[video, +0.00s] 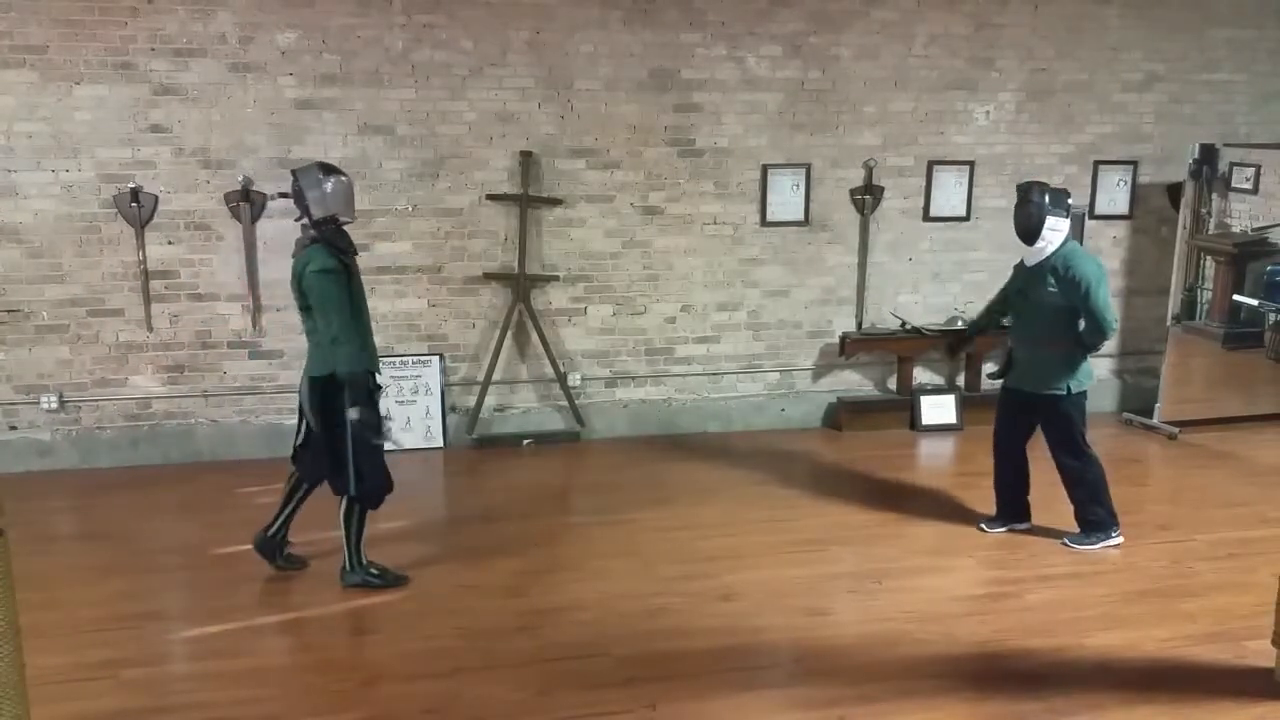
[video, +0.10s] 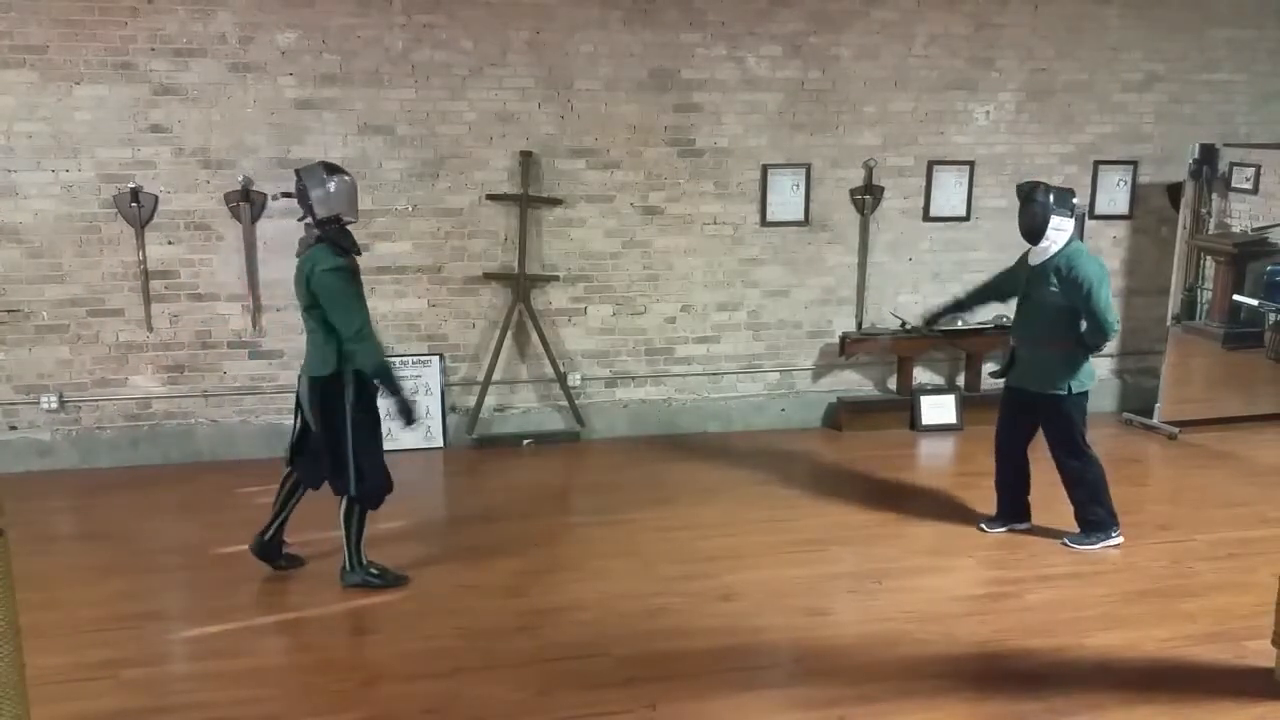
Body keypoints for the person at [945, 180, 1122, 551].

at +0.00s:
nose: (1020, 218)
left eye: (1028, 211)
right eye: (1019, 211)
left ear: (1052, 219)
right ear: (1047, 220)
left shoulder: (1078, 265)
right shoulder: (1027, 267)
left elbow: (1103, 324)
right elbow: (999, 308)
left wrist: (1078, 346)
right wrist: (968, 335)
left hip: (1062, 379)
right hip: (1022, 376)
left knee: (1072, 454)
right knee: (1007, 443)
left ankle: (1102, 527)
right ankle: (1012, 514)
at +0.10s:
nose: (1023, 220)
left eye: (1031, 213)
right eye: (1023, 212)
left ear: (1053, 218)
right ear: (1035, 216)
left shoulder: (1081, 264)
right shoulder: (1033, 262)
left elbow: (1105, 326)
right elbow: (993, 290)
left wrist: (1081, 345)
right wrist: (945, 312)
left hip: (1063, 377)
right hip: (1025, 373)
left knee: (1071, 453)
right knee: (1009, 444)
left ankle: (1102, 527)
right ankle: (1013, 515)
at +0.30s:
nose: (1028, 218)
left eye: (1036, 211)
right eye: (1029, 211)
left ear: (1061, 217)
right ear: (1037, 216)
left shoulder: (1086, 266)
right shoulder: (1036, 253)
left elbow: (1107, 330)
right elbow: (989, 253)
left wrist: (1081, 345)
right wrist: (932, 249)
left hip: (1065, 378)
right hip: (1028, 372)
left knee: (1073, 455)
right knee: (1014, 446)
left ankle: (1102, 527)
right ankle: (1014, 513)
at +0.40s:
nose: (1032, 219)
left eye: (1041, 213)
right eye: (1033, 212)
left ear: (1064, 219)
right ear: (1044, 217)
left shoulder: (1088, 269)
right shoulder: (1038, 249)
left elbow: (1107, 332)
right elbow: (993, 236)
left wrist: (1082, 344)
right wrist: (937, 221)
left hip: (1067, 380)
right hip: (1030, 373)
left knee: (1073, 455)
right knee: (1016, 445)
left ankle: (1102, 527)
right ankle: (1014, 513)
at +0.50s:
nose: (1035, 219)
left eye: (1043, 213)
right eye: (1036, 212)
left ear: (1066, 219)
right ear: (1051, 218)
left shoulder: (1091, 266)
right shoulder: (1041, 245)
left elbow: (1108, 332)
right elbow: (996, 225)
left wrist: (1087, 345)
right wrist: (945, 204)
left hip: (1069, 378)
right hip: (1031, 372)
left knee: (1073, 455)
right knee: (1016, 444)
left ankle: (1102, 527)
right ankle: (1014, 514)